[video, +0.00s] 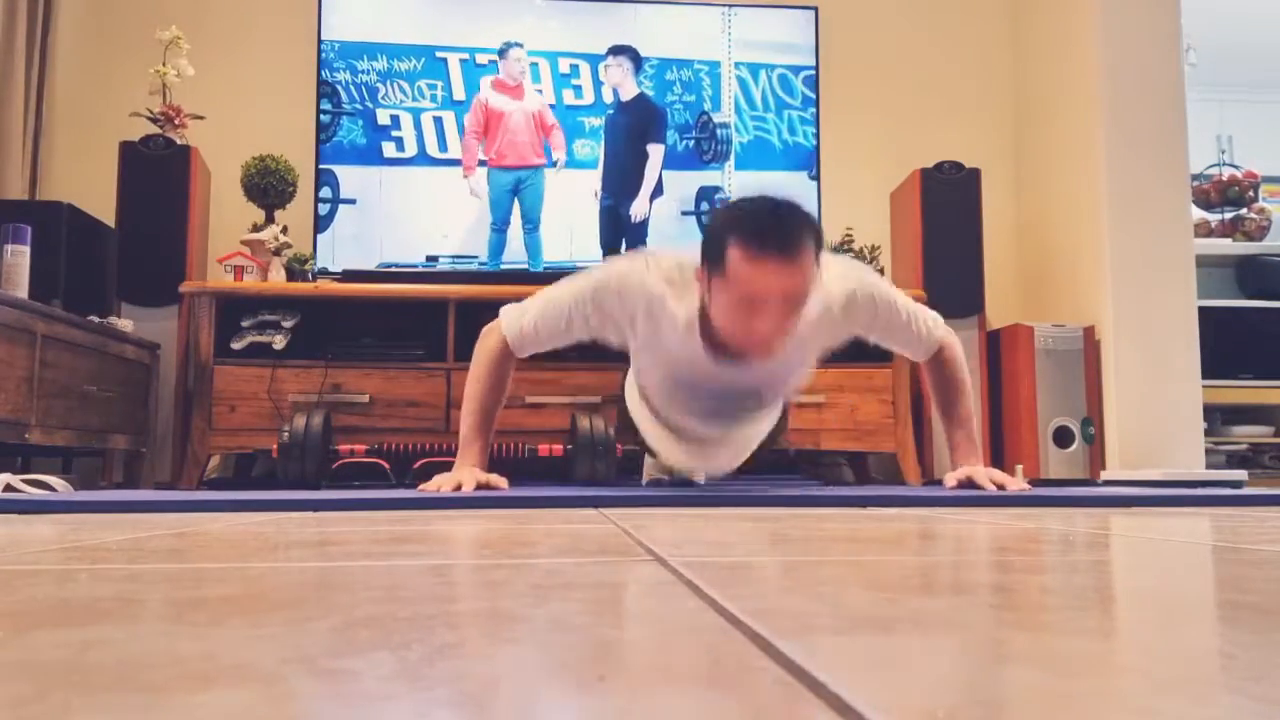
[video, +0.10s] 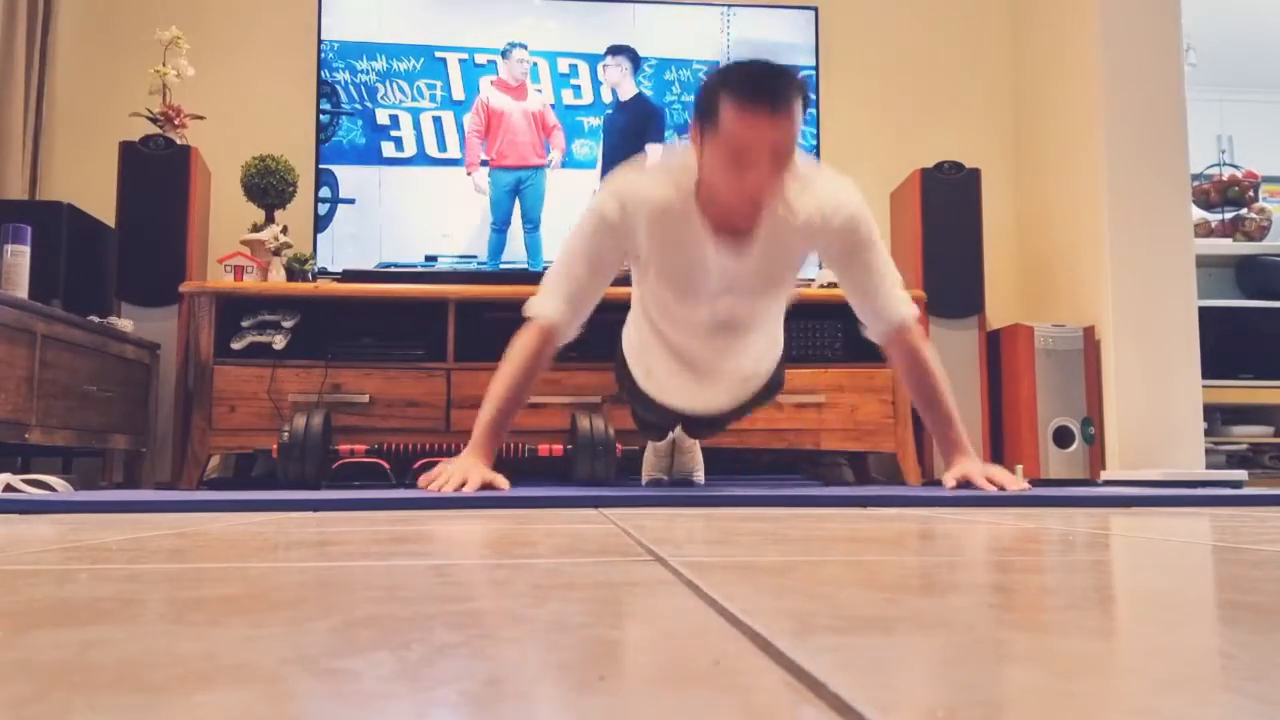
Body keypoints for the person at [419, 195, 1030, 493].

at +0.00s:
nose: (766, 323)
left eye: (784, 303)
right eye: (749, 301)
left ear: (809, 284)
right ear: (705, 280)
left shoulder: (840, 295)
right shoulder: (638, 287)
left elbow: (939, 343)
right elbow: (499, 338)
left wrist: (968, 459)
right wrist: (469, 461)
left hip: (755, 451)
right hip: (649, 446)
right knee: (635, 574)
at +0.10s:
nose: (754, 183)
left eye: (772, 163)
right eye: (738, 160)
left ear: (793, 153)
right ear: (698, 143)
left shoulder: (827, 205)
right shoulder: (634, 196)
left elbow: (901, 334)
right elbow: (547, 324)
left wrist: (960, 458)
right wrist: (474, 453)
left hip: (749, 375)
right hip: (652, 367)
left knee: (709, 426)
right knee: (654, 426)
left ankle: (681, 446)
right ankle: (662, 453)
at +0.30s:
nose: (758, 185)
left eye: (777, 163)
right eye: (738, 163)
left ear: (796, 150)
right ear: (696, 141)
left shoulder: (823, 196)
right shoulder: (638, 191)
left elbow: (886, 329)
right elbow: (559, 328)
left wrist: (888, 459)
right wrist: (569, 463)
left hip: (749, 359)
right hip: (653, 359)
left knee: (701, 416)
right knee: (653, 417)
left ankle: (683, 439)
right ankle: (657, 442)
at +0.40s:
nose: (763, 339)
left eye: (783, 319)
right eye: (745, 318)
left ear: (806, 296)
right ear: (705, 293)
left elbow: (926, 354)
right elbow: (530, 350)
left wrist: (894, 463)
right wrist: (566, 464)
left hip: (745, 415)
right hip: (647, 409)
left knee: (716, 436)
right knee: (652, 433)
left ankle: (686, 452)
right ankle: (659, 455)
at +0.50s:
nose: (768, 401)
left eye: (787, 383)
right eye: (749, 382)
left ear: (815, 349)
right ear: (707, 348)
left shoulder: (845, 324)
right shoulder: (640, 325)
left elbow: (935, 353)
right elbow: (528, 350)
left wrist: (894, 463)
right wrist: (565, 462)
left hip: (756, 456)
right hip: (655, 456)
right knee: (664, 574)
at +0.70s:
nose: (769, 342)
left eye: (790, 323)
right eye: (752, 320)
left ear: (812, 303)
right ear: (709, 294)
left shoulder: (845, 301)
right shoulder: (636, 294)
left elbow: (927, 360)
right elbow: (529, 352)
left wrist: (895, 460)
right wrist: (567, 463)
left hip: (755, 447)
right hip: (639, 448)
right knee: (634, 578)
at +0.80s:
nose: (760, 204)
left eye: (780, 183)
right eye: (744, 180)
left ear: (798, 176)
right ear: (702, 162)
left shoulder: (834, 225)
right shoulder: (634, 215)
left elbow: (898, 340)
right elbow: (557, 336)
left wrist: (888, 458)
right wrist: (571, 464)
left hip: (748, 379)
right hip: (650, 373)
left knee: (703, 425)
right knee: (653, 427)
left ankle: (683, 443)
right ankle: (661, 444)